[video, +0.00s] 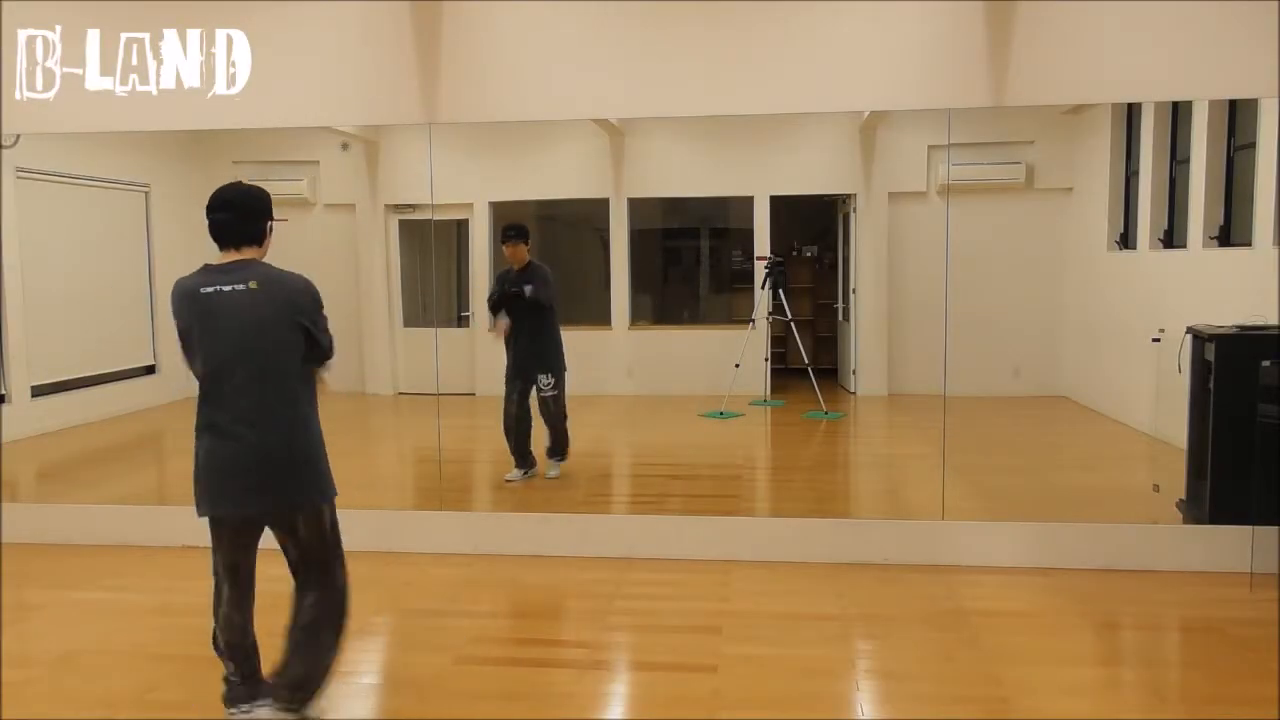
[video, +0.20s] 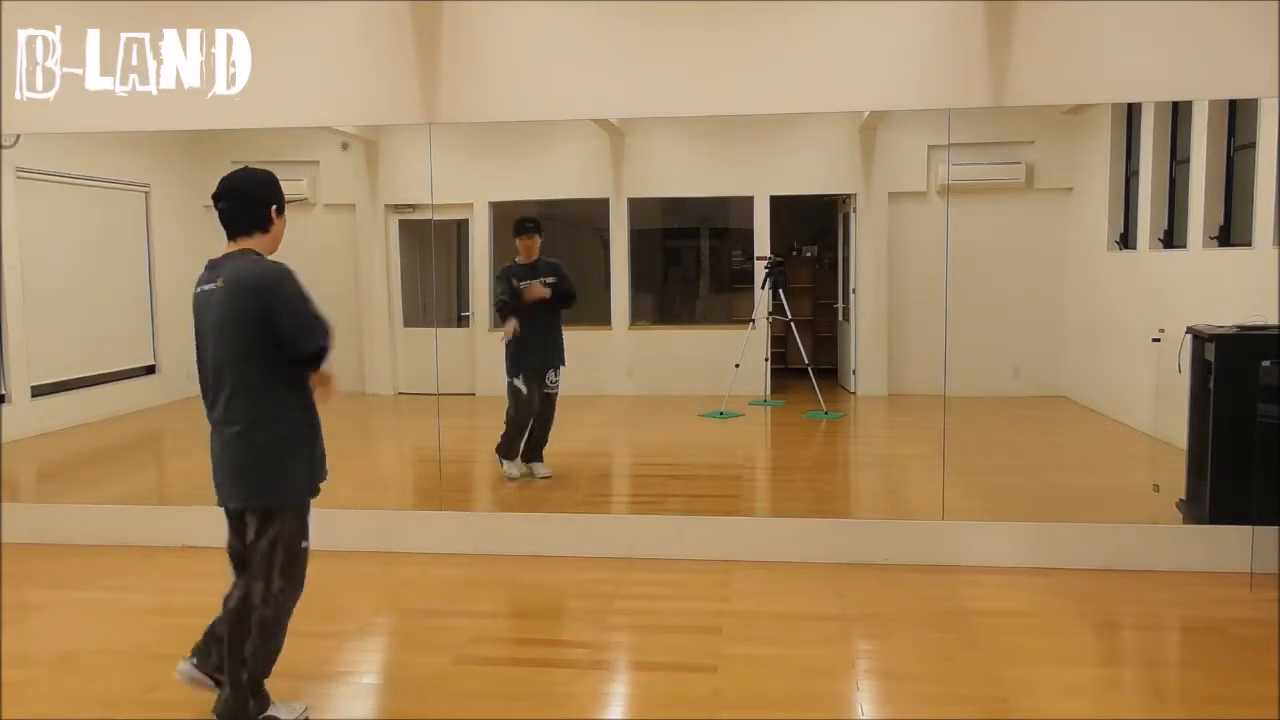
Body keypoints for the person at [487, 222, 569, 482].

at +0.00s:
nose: (507, 252)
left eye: (512, 246)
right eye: (505, 247)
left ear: (525, 246)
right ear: (503, 249)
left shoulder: (541, 273)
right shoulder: (503, 277)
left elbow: (544, 302)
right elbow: (493, 306)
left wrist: (509, 296)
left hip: (546, 350)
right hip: (518, 351)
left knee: (551, 407)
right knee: (514, 409)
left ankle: (556, 455)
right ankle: (524, 463)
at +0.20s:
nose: (530, 243)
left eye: (534, 238)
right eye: (525, 238)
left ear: (541, 239)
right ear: (516, 241)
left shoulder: (553, 268)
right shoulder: (507, 273)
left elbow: (570, 297)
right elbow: (502, 302)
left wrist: (547, 293)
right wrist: (508, 318)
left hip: (549, 347)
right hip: (521, 348)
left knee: (546, 407)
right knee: (524, 405)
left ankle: (533, 457)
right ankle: (508, 453)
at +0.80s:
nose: (536, 242)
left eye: (541, 237)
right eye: (531, 237)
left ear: (548, 239)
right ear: (523, 239)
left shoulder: (556, 272)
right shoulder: (512, 273)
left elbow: (569, 304)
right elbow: (494, 312)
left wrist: (561, 314)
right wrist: (483, 347)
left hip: (547, 348)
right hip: (521, 349)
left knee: (546, 407)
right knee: (532, 407)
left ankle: (533, 457)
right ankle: (517, 450)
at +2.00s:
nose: (540, 248)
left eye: (544, 243)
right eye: (536, 243)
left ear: (555, 245)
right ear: (531, 245)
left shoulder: (568, 275)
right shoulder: (521, 276)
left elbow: (575, 317)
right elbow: (516, 318)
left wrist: (572, 353)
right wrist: (518, 352)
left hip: (559, 354)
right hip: (529, 353)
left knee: (559, 410)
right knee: (522, 407)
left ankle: (552, 457)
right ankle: (524, 459)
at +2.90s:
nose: (526, 284)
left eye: (529, 279)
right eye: (521, 280)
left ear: (537, 270)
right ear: (514, 274)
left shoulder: (553, 289)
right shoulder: (509, 291)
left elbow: (561, 330)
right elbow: (504, 332)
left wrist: (564, 367)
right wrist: (505, 367)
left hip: (549, 359)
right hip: (521, 360)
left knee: (547, 405)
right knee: (520, 410)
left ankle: (551, 449)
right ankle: (531, 457)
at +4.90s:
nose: (513, 287)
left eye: (518, 283)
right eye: (509, 283)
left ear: (527, 274)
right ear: (503, 276)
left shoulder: (547, 283)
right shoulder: (498, 282)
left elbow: (563, 321)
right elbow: (488, 320)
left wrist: (558, 359)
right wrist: (483, 357)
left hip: (542, 360)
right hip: (512, 358)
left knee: (539, 418)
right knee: (507, 415)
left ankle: (535, 467)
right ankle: (506, 469)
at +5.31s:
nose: (522, 285)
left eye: (525, 280)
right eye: (517, 281)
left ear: (535, 271)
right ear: (511, 275)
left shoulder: (553, 287)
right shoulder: (507, 289)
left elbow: (575, 317)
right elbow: (499, 315)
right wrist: (483, 327)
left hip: (546, 356)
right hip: (517, 355)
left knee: (541, 411)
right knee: (500, 414)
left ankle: (556, 443)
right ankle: (505, 469)